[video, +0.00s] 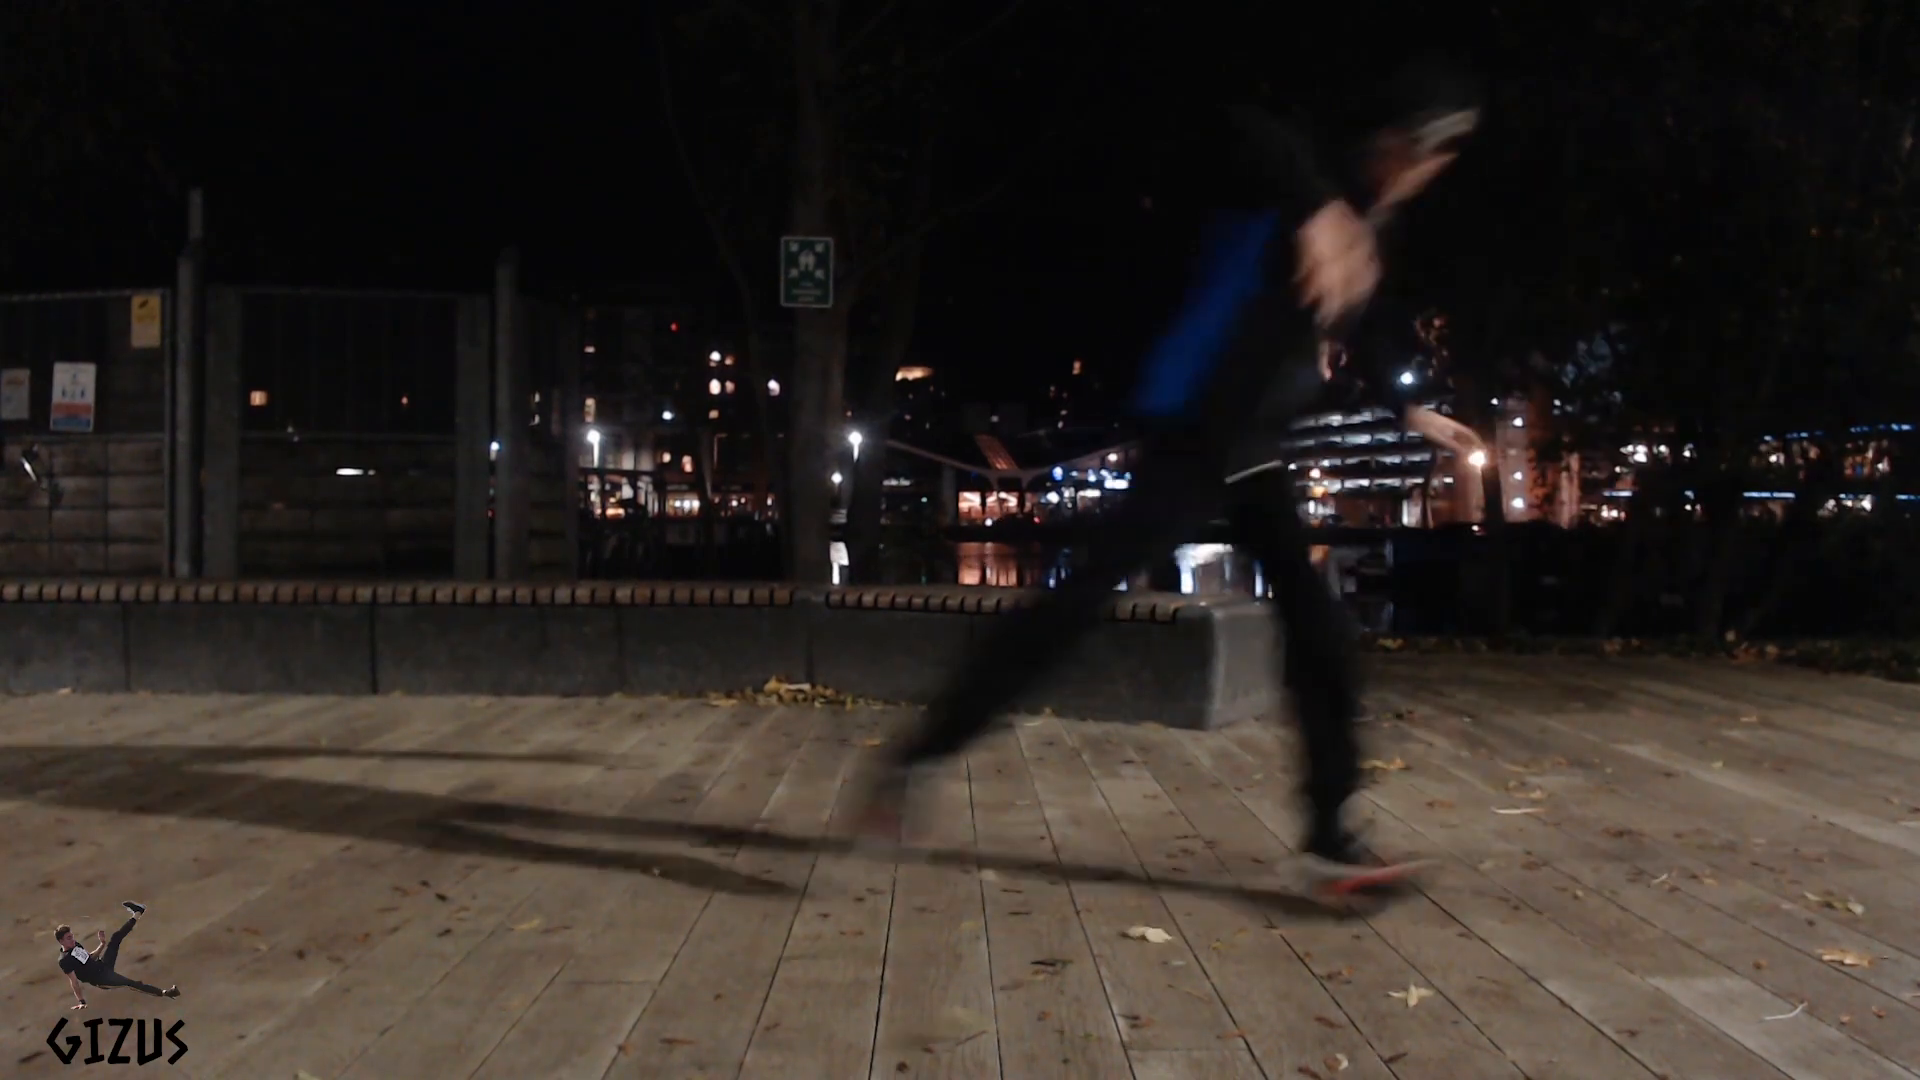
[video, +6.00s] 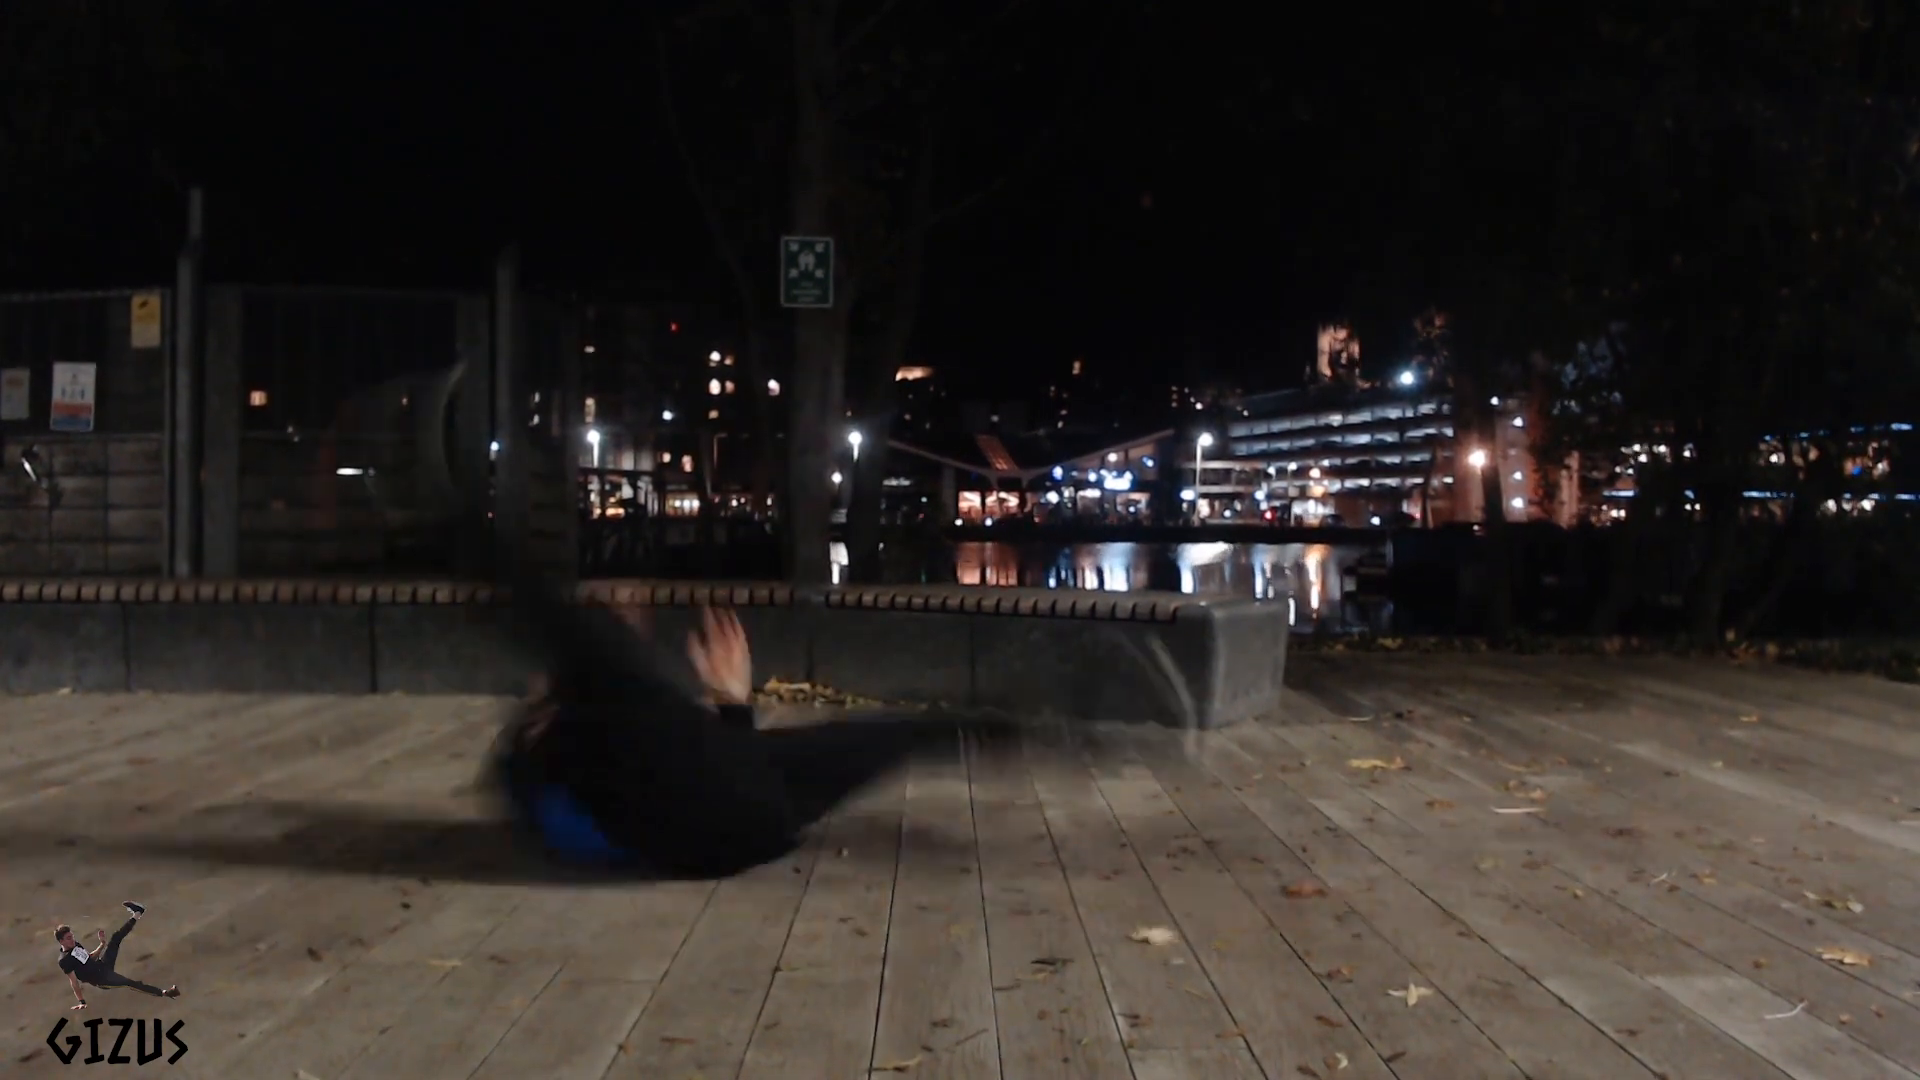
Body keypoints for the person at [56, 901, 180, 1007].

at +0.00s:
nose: (73, 939)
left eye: (72, 936)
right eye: (69, 938)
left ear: (71, 937)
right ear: (61, 941)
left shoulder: (76, 946)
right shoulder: (64, 960)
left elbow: (91, 958)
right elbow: (74, 982)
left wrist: (102, 945)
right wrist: (81, 1001)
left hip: (104, 965)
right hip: (102, 978)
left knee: (115, 939)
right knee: (132, 983)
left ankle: (136, 916)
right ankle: (165, 993)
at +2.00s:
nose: (73, 939)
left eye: (72, 936)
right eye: (69, 938)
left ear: (71, 936)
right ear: (61, 942)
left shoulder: (76, 946)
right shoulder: (64, 960)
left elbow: (91, 957)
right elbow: (74, 982)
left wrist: (102, 944)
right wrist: (81, 1001)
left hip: (104, 965)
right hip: (102, 978)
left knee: (116, 938)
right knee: (133, 983)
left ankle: (135, 917)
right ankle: (165, 993)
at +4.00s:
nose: (72, 939)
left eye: (72, 936)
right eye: (69, 938)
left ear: (70, 937)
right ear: (61, 941)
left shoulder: (75, 946)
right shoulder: (64, 960)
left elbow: (91, 957)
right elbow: (74, 982)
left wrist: (102, 945)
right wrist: (81, 1002)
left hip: (104, 965)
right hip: (102, 978)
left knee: (115, 938)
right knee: (132, 983)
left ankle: (136, 916)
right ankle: (164, 993)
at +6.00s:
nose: (72, 939)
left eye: (72, 936)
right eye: (69, 938)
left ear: (71, 937)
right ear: (61, 942)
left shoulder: (76, 946)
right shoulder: (64, 961)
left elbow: (91, 957)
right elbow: (74, 982)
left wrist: (102, 945)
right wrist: (81, 1001)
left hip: (104, 964)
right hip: (102, 978)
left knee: (116, 938)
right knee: (131, 983)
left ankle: (136, 916)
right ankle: (164, 993)